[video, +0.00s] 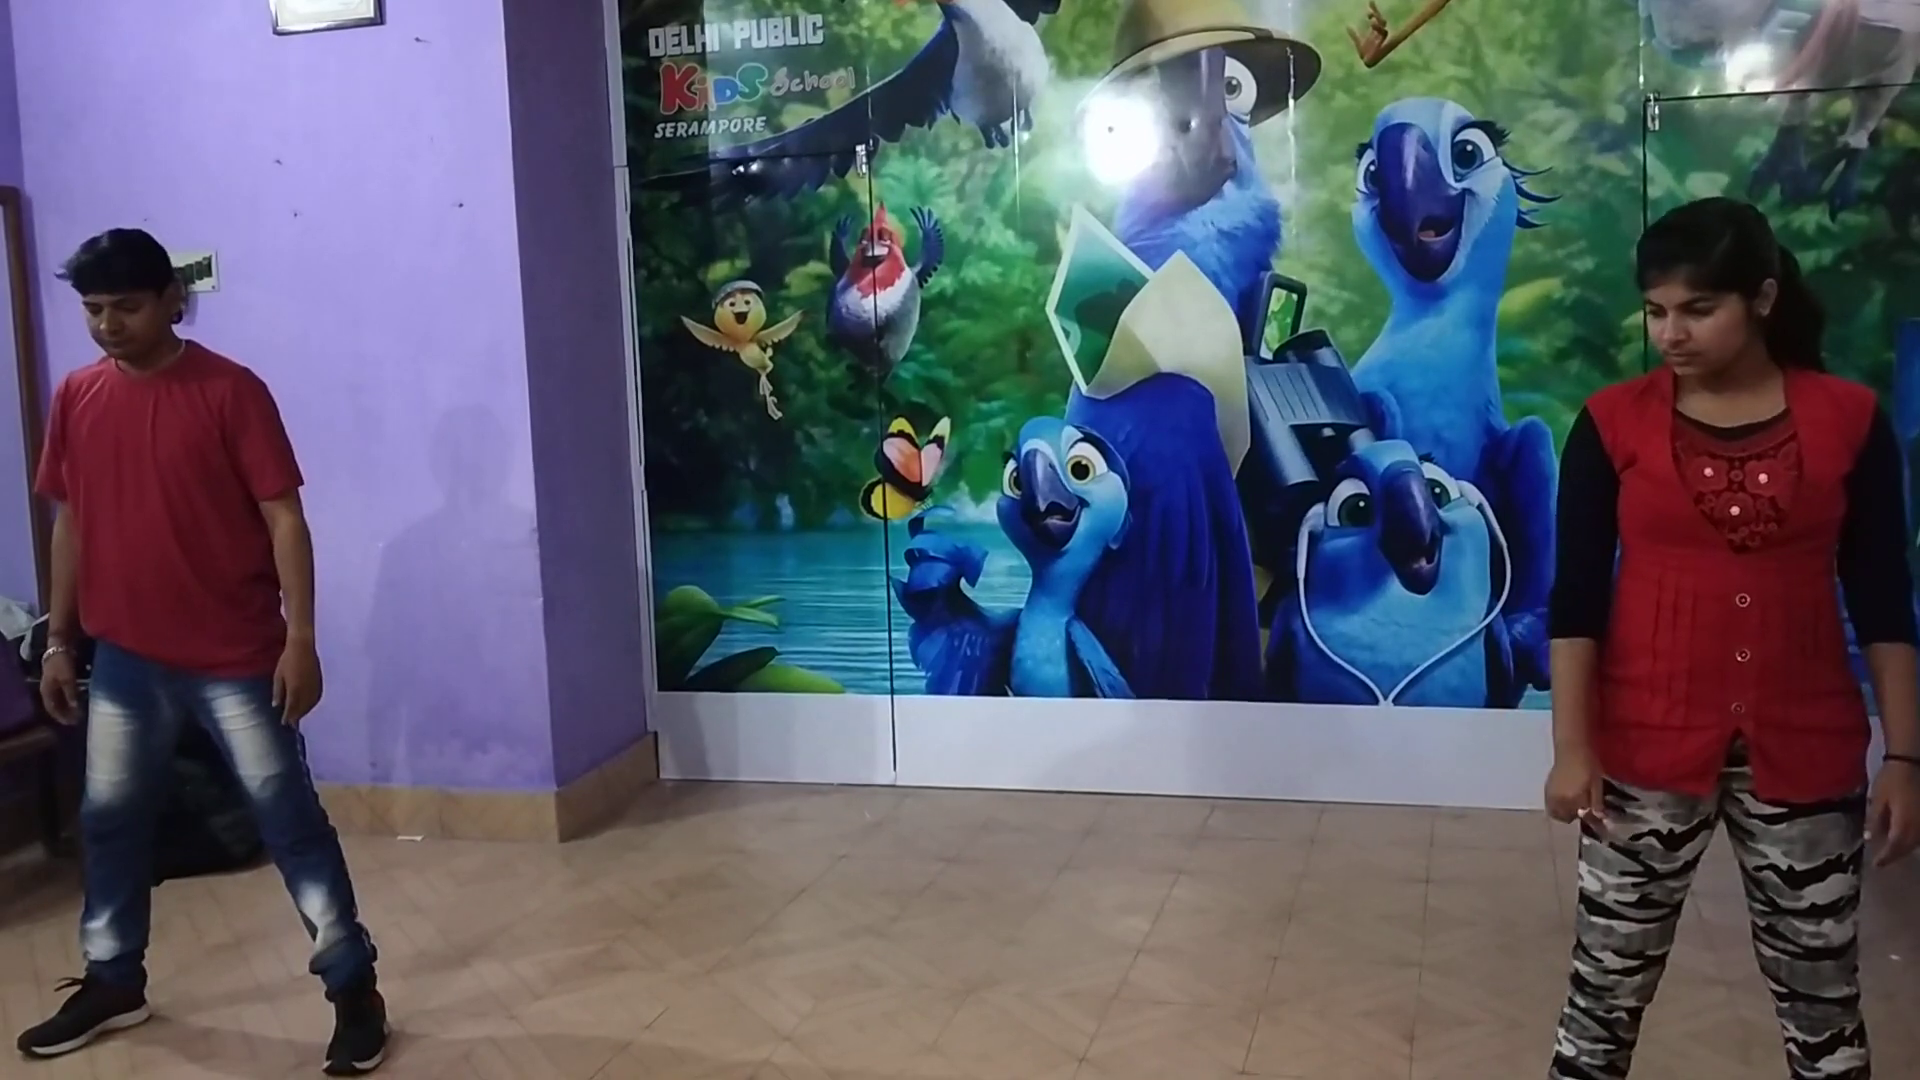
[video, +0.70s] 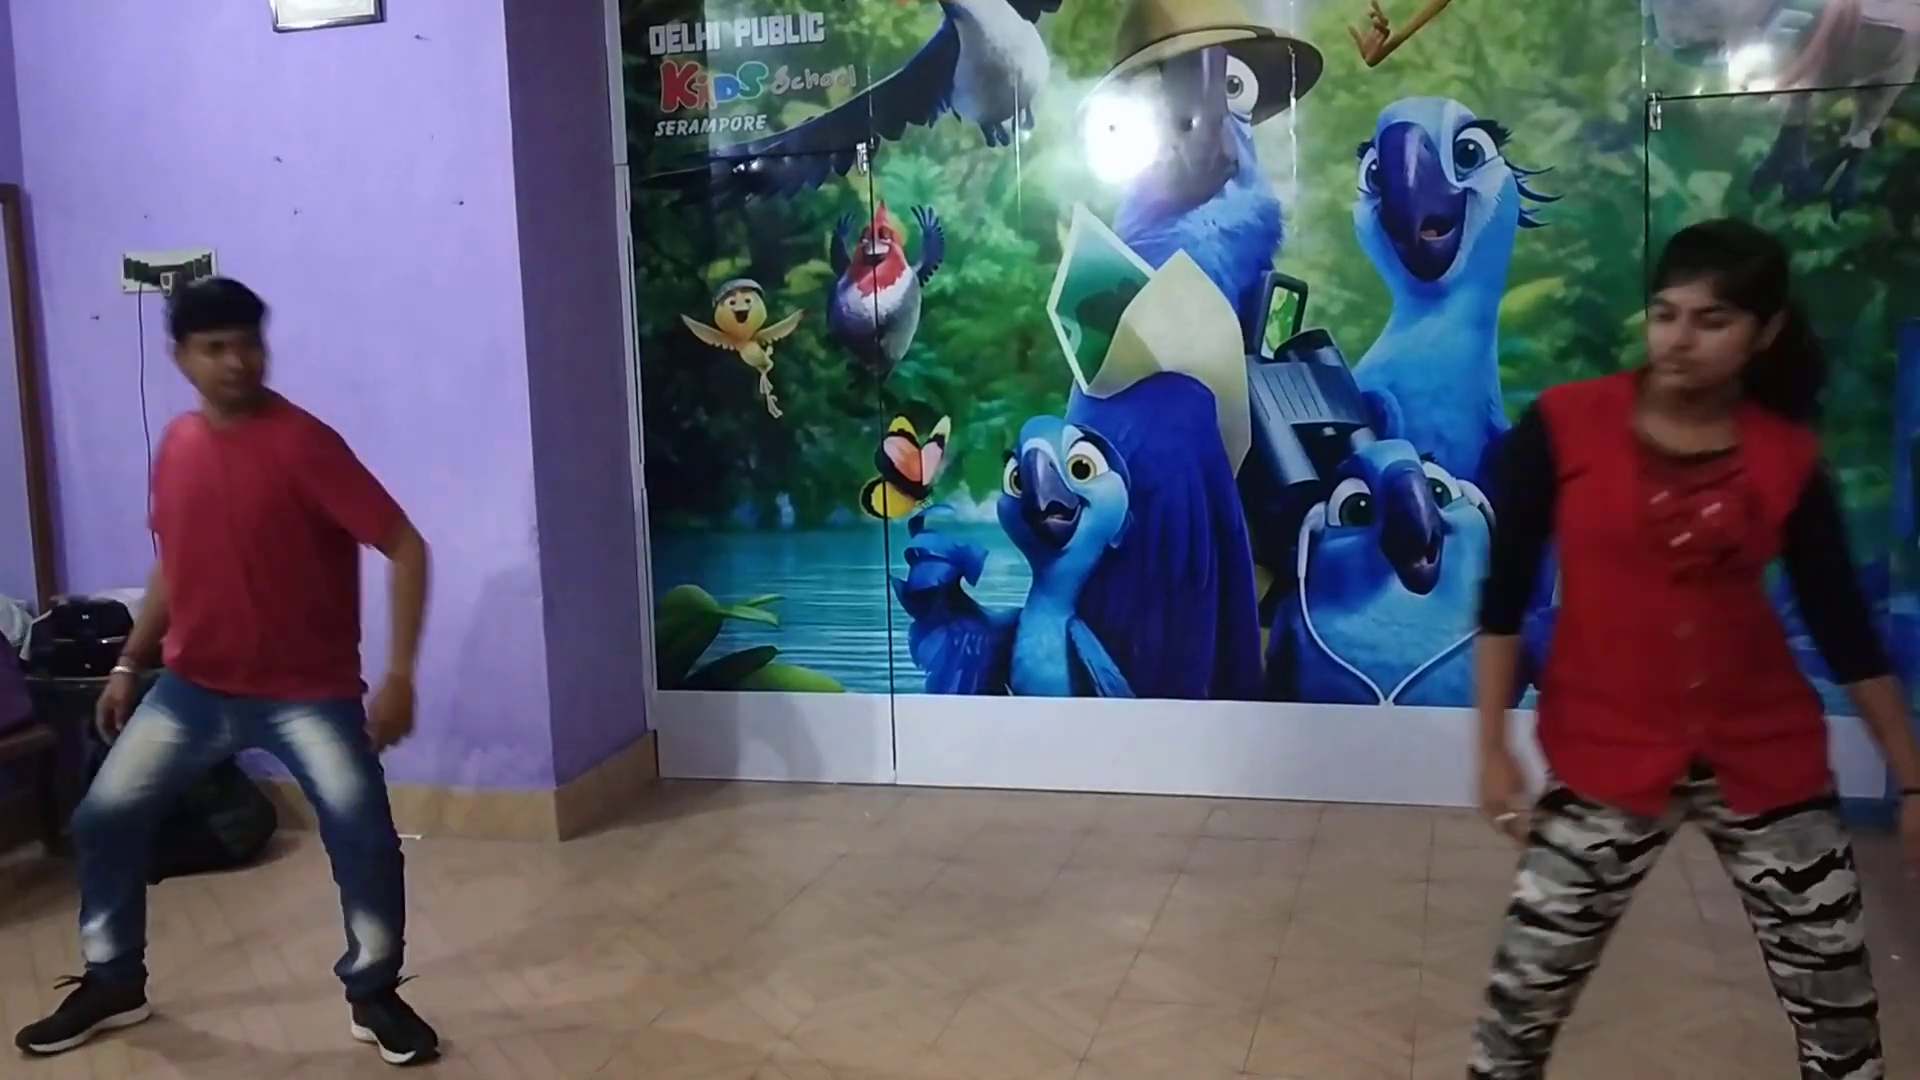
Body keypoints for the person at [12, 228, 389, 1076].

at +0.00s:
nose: (104, 323)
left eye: (122, 306)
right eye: (92, 308)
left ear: (170, 299)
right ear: (82, 309)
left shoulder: (231, 390)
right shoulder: (76, 397)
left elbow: (284, 514)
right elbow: (67, 519)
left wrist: (301, 639)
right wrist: (58, 637)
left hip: (232, 651)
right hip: (122, 651)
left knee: (286, 815)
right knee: (110, 813)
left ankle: (351, 987)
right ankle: (112, 978)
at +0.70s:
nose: (236, 362)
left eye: (247, 346)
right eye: (215, 349)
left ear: (263, 349)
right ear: (182, 358)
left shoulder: (305, 443)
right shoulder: (177, 443)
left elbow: (407, 548)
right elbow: (174, 561)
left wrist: (398, 678)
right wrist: (129, 667)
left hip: (306, 690)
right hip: (196, 684)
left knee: (359, 812)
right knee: (106, 812)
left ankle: (376, 992)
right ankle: (112, 980)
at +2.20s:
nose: (336, 316)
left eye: (343, 301)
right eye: (316, 302)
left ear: (354, 307)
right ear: (265, 309)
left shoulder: (394, 409)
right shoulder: (214, 404)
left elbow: (423, 532)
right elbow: (174, 518)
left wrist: (443, 647)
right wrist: (145, 644)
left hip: (365, 665)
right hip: (247, 662)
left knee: (374, 844)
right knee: (250, 836)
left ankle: (333, 987)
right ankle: (222, 992)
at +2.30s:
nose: (392, 317)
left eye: (400, 302)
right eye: (372, 303)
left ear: (410, 308)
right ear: (320, 309)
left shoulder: (446, 413)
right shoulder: (267, 405)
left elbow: (474, 537)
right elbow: (218, 526)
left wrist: (505, 653)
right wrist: (183, 657)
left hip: (412, 671)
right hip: (302, 665)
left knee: (407, 865)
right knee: (351, 815)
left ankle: (334, 973)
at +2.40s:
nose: (456, 317)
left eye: (463, 301)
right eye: (436, 301)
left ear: (472, 306)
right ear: (379, 307)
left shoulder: (502, 414)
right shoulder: (321, 409)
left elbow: (543, 539)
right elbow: (262, 536)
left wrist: (586, 651)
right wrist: (213, 666)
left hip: (464, 678)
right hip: (359, 672)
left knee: (443, 867)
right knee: (439, 859)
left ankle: (347, 971)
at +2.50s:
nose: (525, 314)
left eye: (532, 297)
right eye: (505, 296)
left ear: (539, 302)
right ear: (445, 300)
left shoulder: (563, 414)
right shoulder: (383, 412)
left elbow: (617, 538)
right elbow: (309, 550)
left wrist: (691, 639)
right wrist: (246, 682)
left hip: (535, 687)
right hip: (433, 681)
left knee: (524, 886)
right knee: (528, 877)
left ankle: (399, 956)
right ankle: (558, 1067)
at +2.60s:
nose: (606, 305)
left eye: (613, 288)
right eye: (584, 286)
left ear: (620, 294)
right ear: (520, 288)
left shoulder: (629, 406)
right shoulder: (458, 405)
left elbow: (690, 519)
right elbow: (381, 554)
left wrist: (783, 605)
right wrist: (319, 705)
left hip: (611, 692)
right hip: (503, 688)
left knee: (652, 907)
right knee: (581, 899)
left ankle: (508, 980)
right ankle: (576, 1069)